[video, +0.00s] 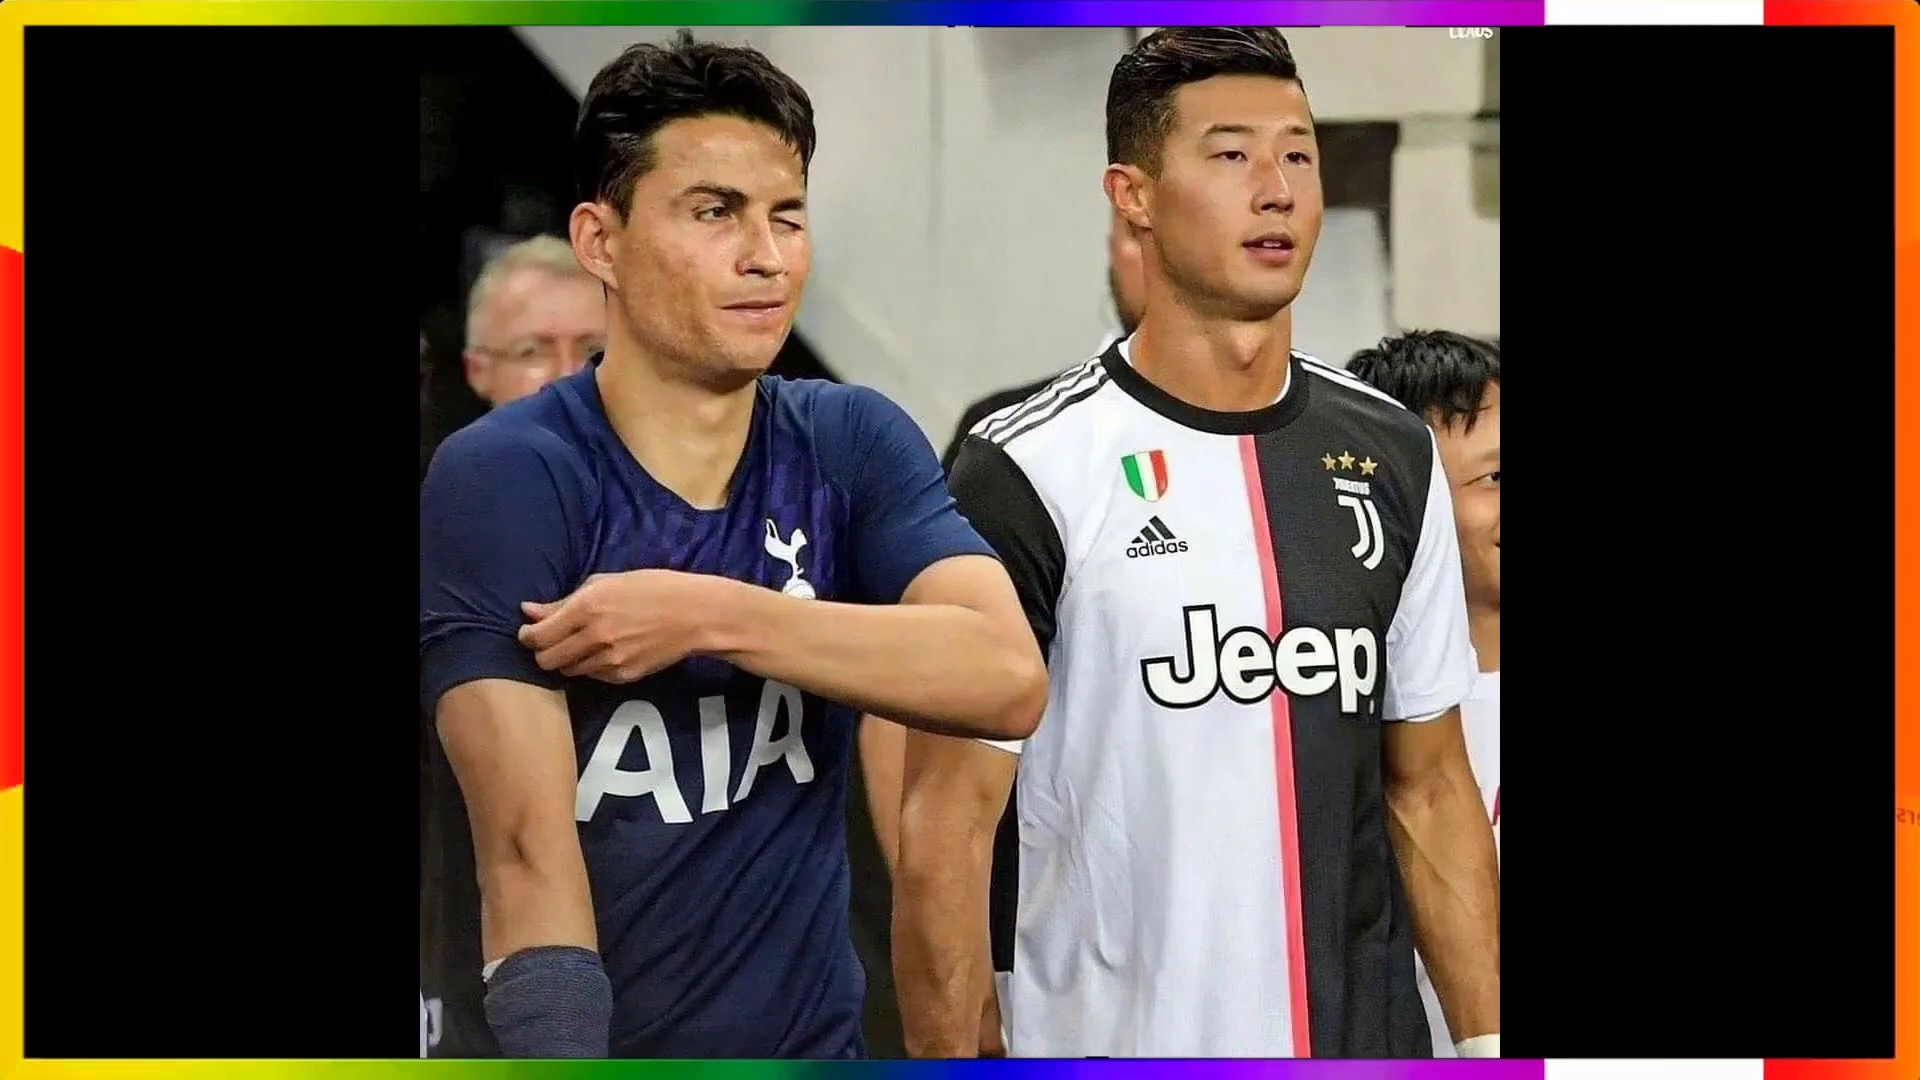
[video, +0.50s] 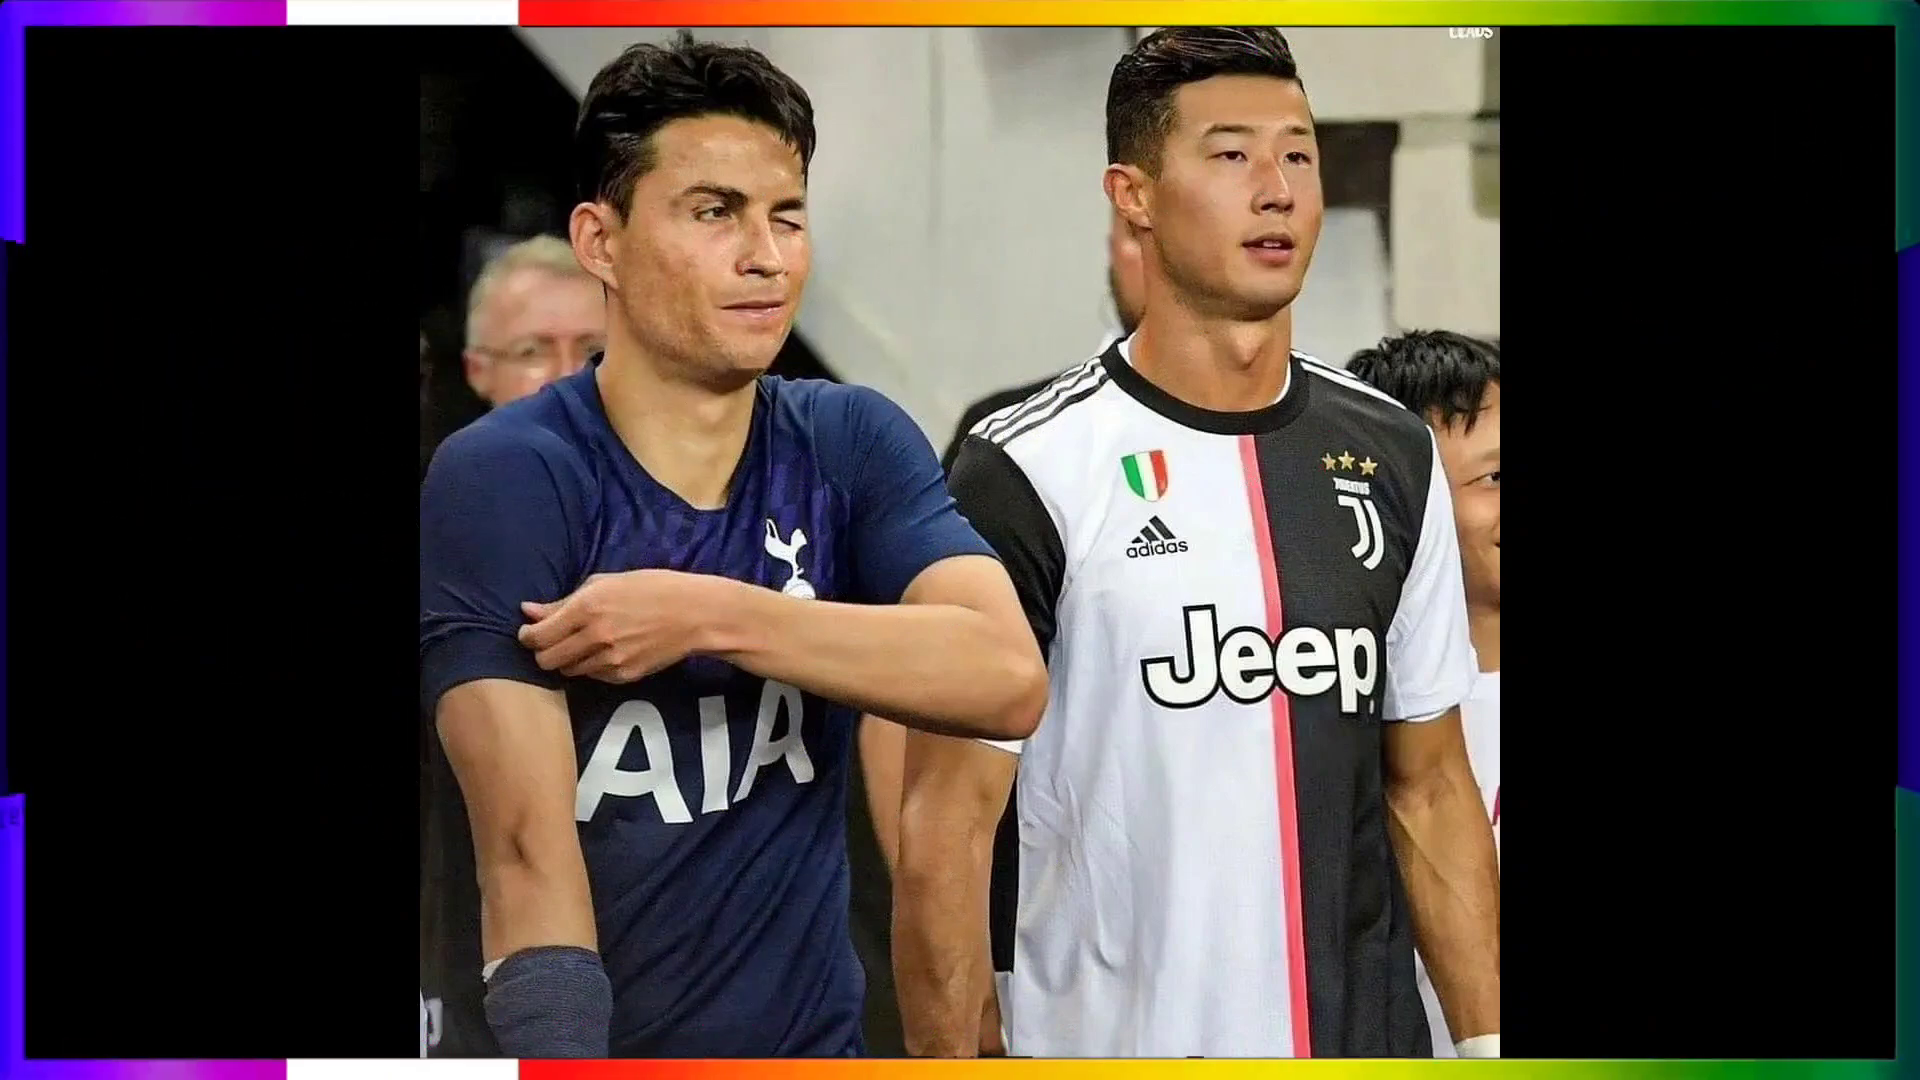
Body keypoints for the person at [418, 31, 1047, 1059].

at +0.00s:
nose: (766, 257)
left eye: (785, 218)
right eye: (712, 212)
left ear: (809, 237)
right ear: (601, 241)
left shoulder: (856, 439)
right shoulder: (499, 476)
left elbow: (1009, 681)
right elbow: (525, 851)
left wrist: (714, 613)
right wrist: (561, 1058)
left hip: (812, 1042)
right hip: (594, 1036)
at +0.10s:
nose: (765, 257)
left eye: (785, 217)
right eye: (712, 212)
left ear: (809, 236)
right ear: (601, 242)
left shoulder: (856, 439)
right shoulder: (499, 477)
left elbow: (1009, 681)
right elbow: (525, 851)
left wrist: (713, 613)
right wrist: (560, 1060)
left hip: (810, 1042)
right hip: (598, 1037)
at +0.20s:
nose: (765, 257)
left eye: (785, 217)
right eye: (712, 212)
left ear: (809, 236)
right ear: (601, 242)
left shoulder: (856, 439)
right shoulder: (499, 477)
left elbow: (1009, 680)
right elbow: (525, 851)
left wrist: (713, 613)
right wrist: (559, 1059)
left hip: (811, 1042)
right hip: (598, 1037)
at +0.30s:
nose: (765, 257)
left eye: (785, 217)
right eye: (712, 212)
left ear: (809, 236)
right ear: (601, 242)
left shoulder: (856, 439)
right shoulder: (499, 477)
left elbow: (1009, 681)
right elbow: (525, 851)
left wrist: (713, 613)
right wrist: (560, 1060)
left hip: (811, 1041)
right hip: (598, 1036)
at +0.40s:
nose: (766, 257)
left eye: (786, 218)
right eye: (712, 212)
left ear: (809, 237)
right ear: (601, 241)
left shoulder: (856, 439)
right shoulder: (499, 477)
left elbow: (1009, 680)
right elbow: (525, 851)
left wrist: (713, 613)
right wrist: (560, 1059)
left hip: (811, 1040)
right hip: (598, 1036)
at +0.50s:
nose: (765, 257)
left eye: (785, 217)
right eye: (712, 212)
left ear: (809, 235)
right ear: (601, 242)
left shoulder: (856, 439)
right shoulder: (500, 476)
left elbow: (1009, 681)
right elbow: (525, 851)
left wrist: (714, 613)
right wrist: (560, 1059)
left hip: (810, 1041)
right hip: (599, 1037)